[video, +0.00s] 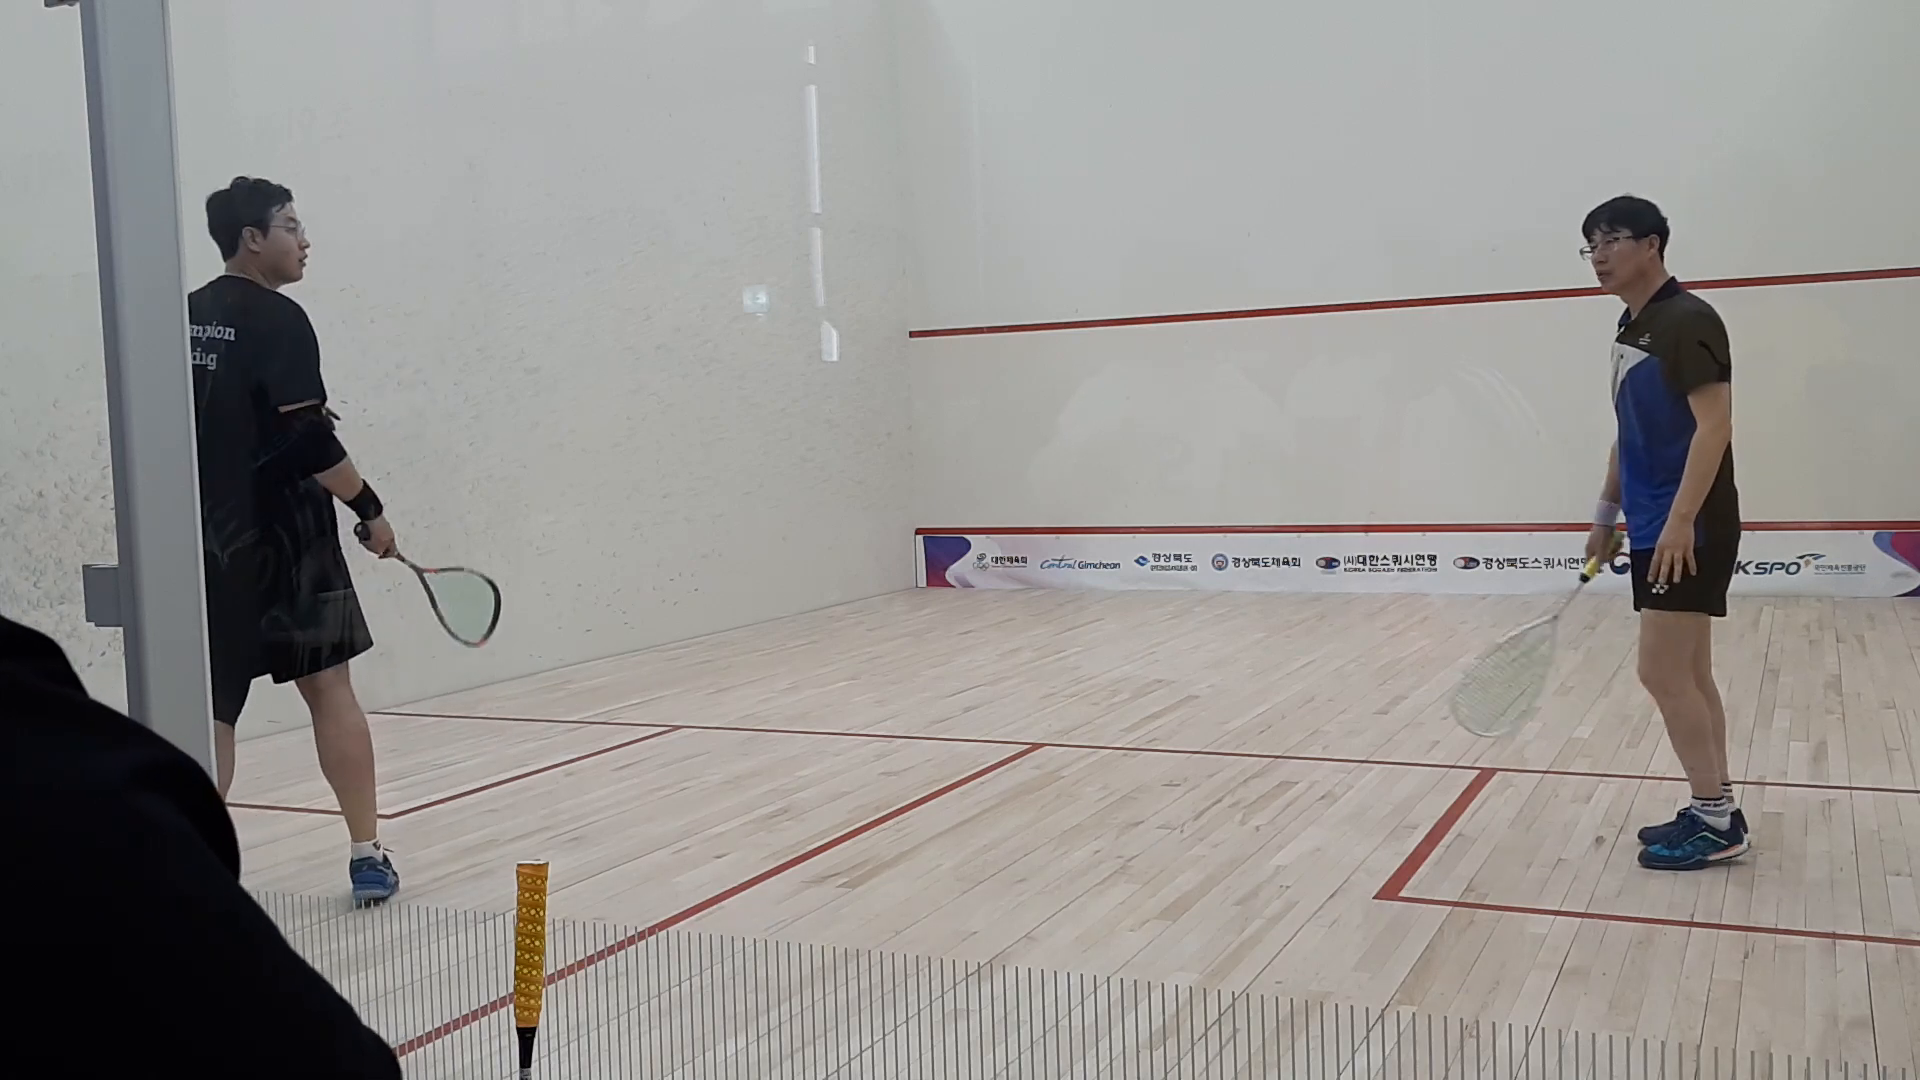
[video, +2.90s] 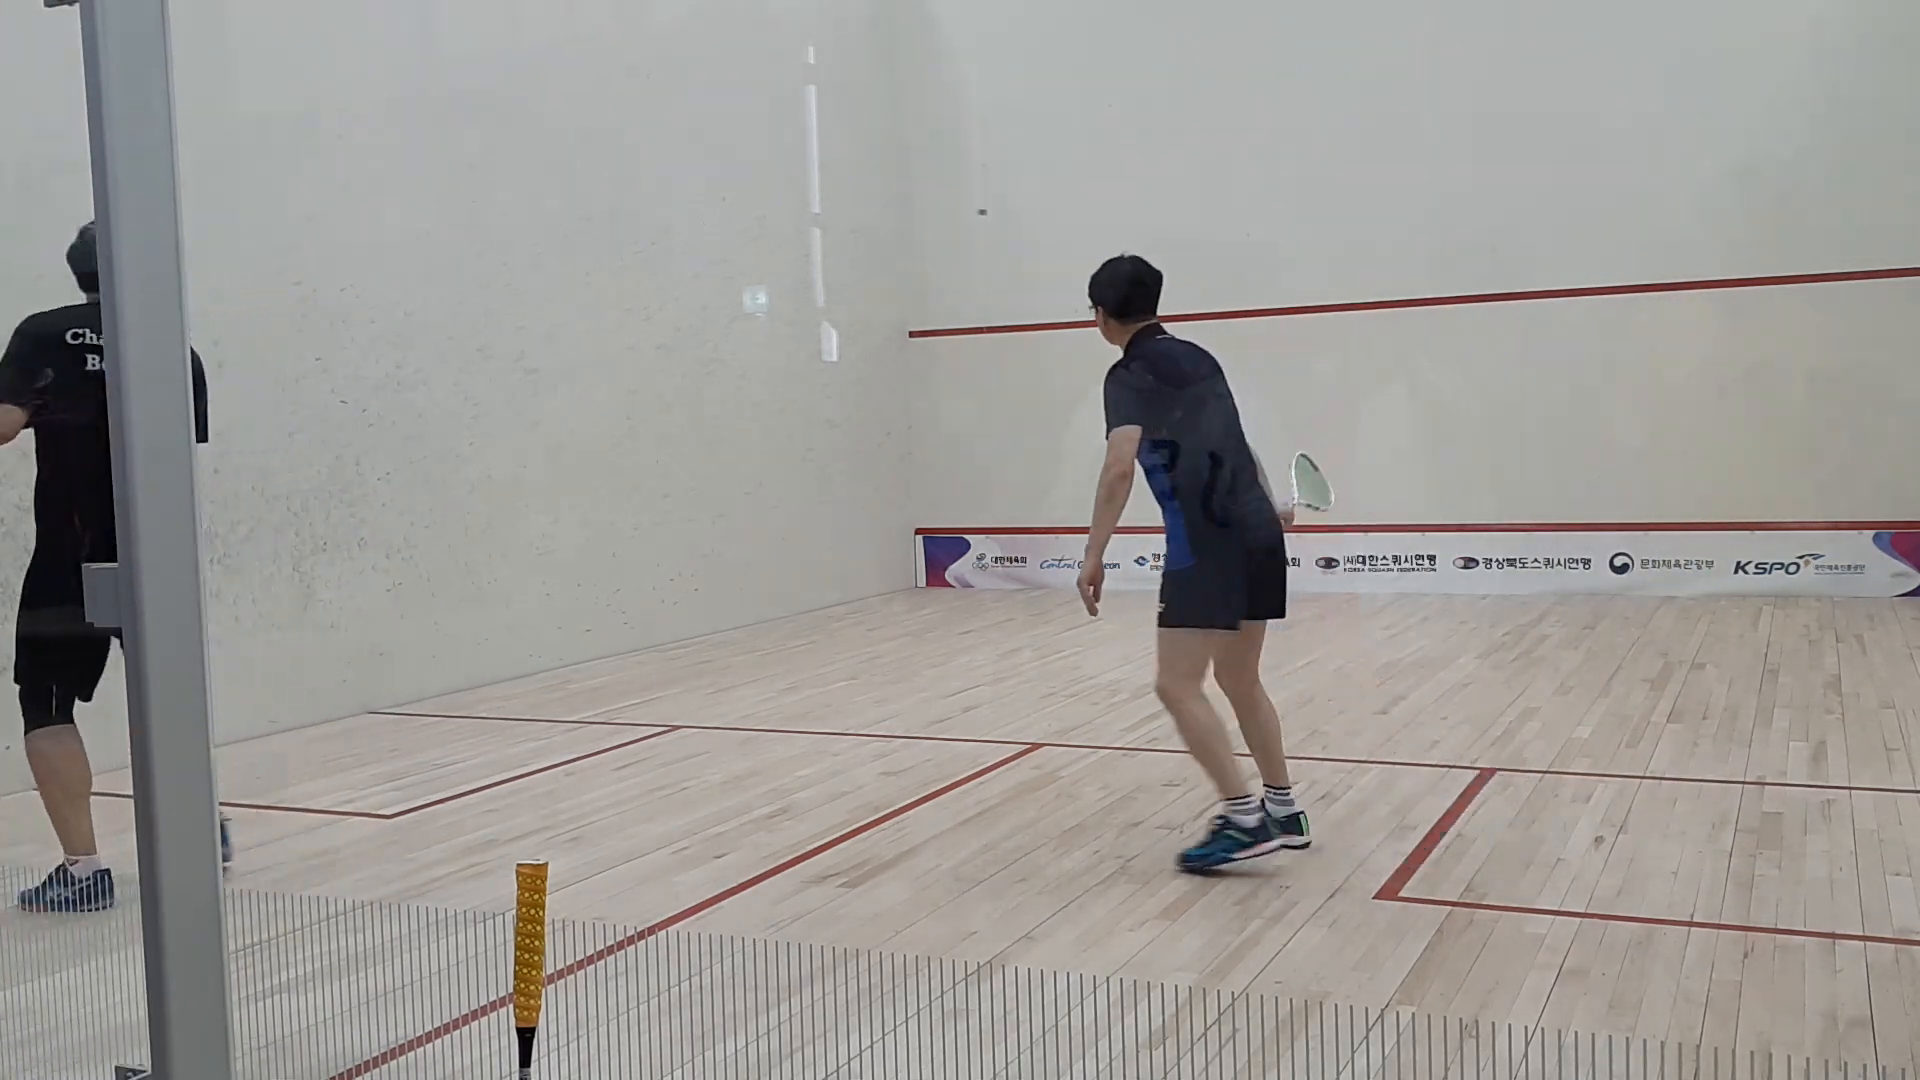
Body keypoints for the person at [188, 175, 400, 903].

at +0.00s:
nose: (305, 242)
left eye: (301, 226)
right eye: (293, 228)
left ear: (240, 242)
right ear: (251, 239)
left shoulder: (180, 313)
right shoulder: (278, 316)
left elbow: (167, 435)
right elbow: (308, 436)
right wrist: (370, 509)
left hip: (204, 549)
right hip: (289, 545)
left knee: (210, 720)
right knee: (332, 695)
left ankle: (199, 874)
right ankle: (368, 854)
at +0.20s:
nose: (272, 241)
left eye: (268, 228)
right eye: (259, 228)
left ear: (209, 239)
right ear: (217, 236)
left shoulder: (161, 308)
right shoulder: (247, 313)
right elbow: (275, 434)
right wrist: (339, 506)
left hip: (193, 540)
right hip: (269, 532)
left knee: (204, 716)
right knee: (318, 680)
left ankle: (189, 865)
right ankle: (344, 844)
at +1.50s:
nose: (249, 273)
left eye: (249, 259)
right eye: (242, 259)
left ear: (187, 257)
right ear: (206, 256)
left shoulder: (113, 323)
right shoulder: (231, 330)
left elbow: (91, 437)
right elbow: (272, 437)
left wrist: (157, 455)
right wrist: (303, 460)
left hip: (143, 549)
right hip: (232, 543)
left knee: (153, 711)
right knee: (282, 690)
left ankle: (152, 869)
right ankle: (319, 843)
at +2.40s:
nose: (293, 271)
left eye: (290, 260)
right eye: (289, 261)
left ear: (215, 269)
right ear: (272, 267)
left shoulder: (177, 321)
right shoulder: (305, 345)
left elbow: (115, 403)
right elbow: (314, 452)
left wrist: (51, 431)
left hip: (186, 547)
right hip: (276, 550)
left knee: (155, 699)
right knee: (294, 696)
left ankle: (135, 855)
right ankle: (324, 853)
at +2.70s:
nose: (221, 283)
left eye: (217, 271)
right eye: (217, 272)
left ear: (145, 271)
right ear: (202, 277)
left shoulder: (108, 328)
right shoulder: (239, 354)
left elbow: (70, 408)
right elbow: (245, 461)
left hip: (115, 560)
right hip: (216, 564)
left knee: (78, 699)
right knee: (247, 693)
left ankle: (86, 867)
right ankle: (316, 843)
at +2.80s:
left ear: (107, 259)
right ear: (177, 265)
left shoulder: (72, 334)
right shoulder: (205, 353)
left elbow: (30, 419)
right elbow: (210, 464)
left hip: (85, 557)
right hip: (181, 562)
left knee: (59, 703)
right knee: (206, 685)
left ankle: (84, 867)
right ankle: (278, 810)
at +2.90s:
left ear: (76, 270)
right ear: (141, 263)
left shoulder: (44, 334)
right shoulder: (176, 347)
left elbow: (4, 424)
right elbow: (189, 451)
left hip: (69, 559)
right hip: (159, 560)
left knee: (44, 697)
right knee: (171, 697)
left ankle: (82, 865)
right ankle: (204, 827)